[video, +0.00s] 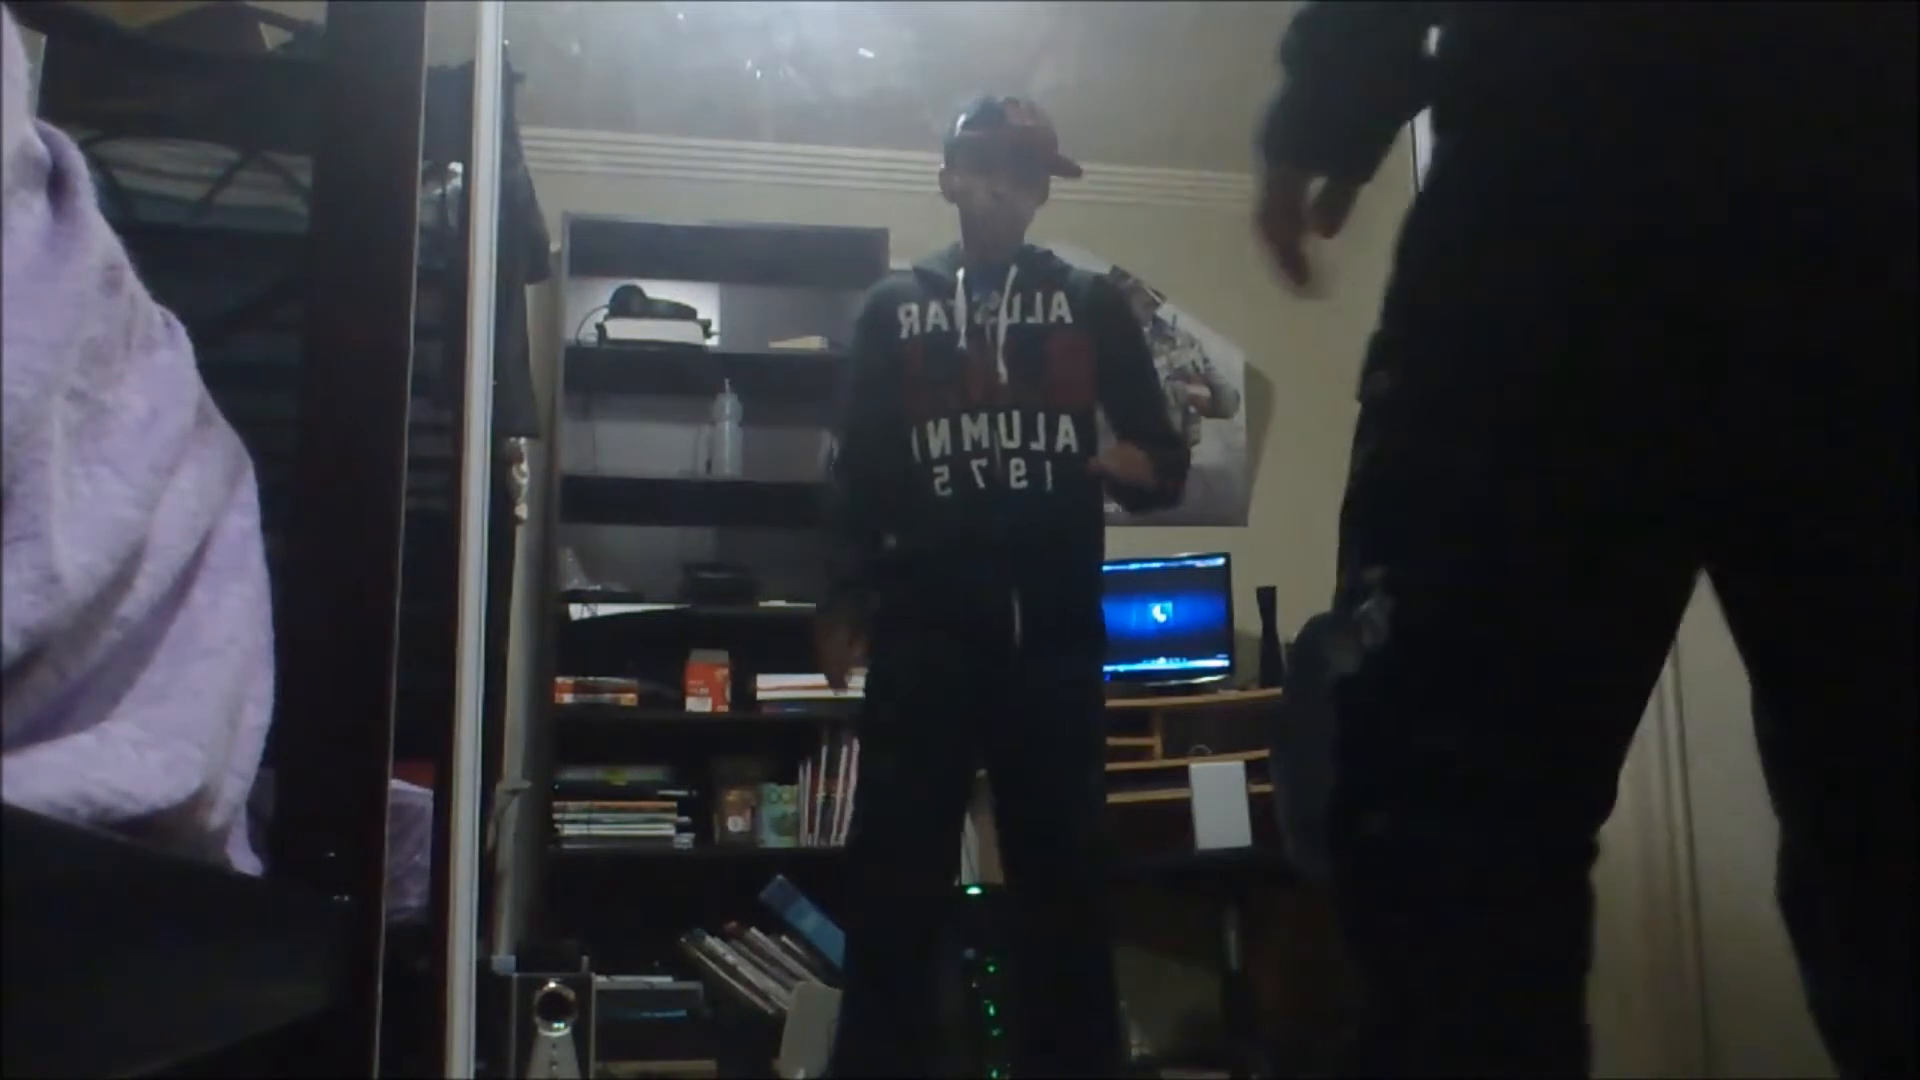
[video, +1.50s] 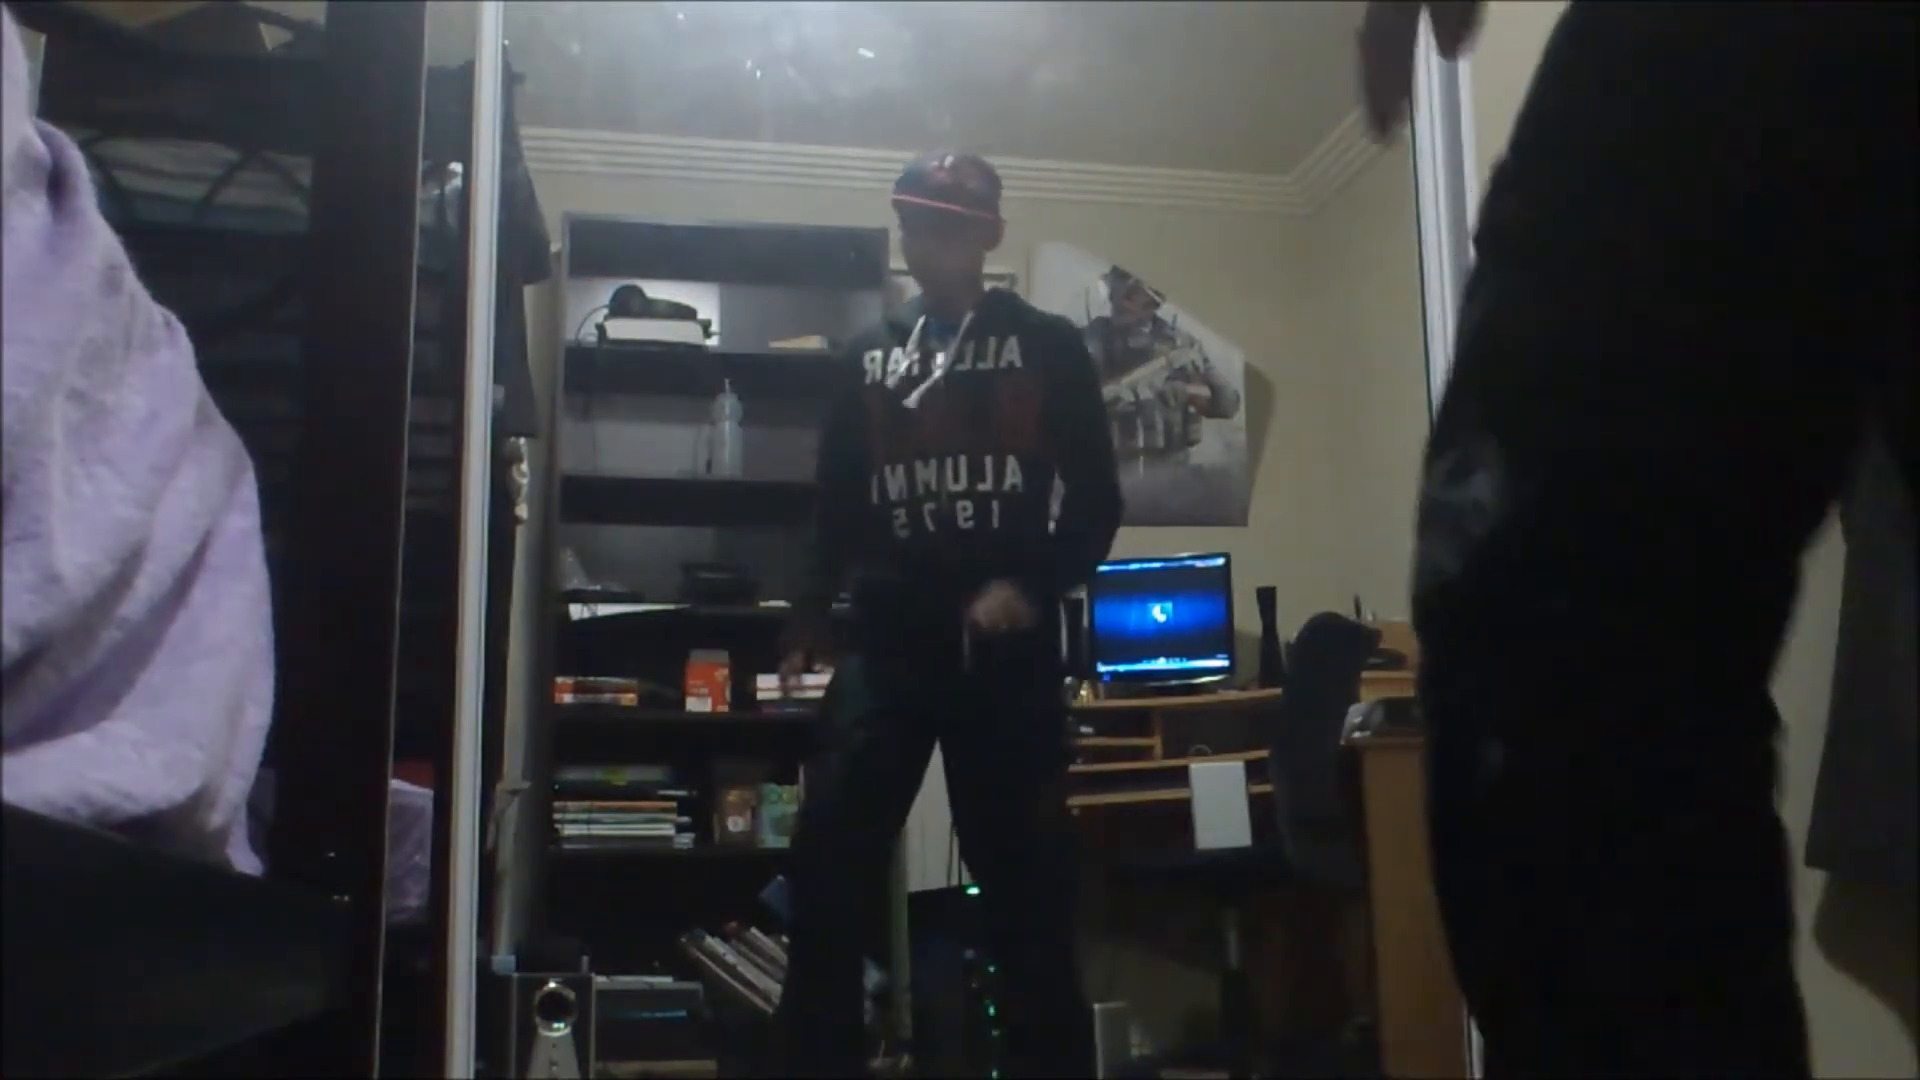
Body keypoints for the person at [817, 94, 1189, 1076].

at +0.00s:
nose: (999, 187)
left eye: (1019, 170)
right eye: (981, 167)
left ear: (1046, 184)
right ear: (949, 177)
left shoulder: (1092, 299)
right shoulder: (893, 304)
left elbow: (1164, 467)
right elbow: (857, 466)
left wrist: (1113, 454)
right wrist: (842, 599)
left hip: (1052, 618)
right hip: (924, 615)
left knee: (1061, 868)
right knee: (893, 866)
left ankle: (1069, 1066)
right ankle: (883, 1068)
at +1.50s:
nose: (938, 238)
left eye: (958, 222)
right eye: (922, 222)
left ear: (992, 234)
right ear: (900, 230)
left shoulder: (1047, 346)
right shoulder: (868, 359)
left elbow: (1096, 499)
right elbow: (834, 504)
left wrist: (1034, 585)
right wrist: (813, 613)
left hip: (1005, 636)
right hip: (889, 635)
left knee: (1019, 867)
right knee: (834, 850)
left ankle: (1046, 1061)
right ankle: (819, 1058)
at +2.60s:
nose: (915, 247)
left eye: (935, 230)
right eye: (900, 226)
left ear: (966, 240)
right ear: (872, 231)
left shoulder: (1010, 349)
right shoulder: (820, 358)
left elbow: (1056, 474)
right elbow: (796, 518)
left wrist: (1064, 529)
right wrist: (804, 662)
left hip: (992, 648)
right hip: (864, 649)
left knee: (1047, 872)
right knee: (860, 894)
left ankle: (1069, 1064)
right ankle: (854, 1069)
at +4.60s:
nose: (880, 239)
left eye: (900, 222)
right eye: (868, 223)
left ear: (942, 230)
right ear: (854, 229)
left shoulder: (1004, 332)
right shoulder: (838, 357)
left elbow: (1055, 475)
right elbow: (787, 492)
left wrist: (964, 529)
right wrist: (721, 559)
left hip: (982, 641)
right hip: (868, 643)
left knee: (1001, 873)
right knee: (817, 850)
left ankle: (1011, 1064)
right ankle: (817, 1059)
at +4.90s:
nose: (892, 214)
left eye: (914, 202)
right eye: (877, 197)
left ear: (941, 225)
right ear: (846, 214)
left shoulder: (989, 329)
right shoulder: (802, 352)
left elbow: (1080, 441)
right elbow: (782, 501)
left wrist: (1087, 478)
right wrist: (810, 624)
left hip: (983, 625)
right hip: (860, 633)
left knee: (1049, 851)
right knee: (835, 868)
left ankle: (1093, 1056)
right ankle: (820, 1065)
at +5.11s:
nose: (960, 230)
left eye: (971, 214)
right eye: (941, 209)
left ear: (982, 223)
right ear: (889, 211)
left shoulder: (1006, 327)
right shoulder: (822, 335)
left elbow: (1054, 440)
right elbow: (798, 486)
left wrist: (1082, 526)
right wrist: (841, 601)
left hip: (993, 614)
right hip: (875, 620)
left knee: (1062, 843)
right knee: (864, 866)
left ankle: (1095, 1059)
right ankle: (852, 1068)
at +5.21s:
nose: (971, 236)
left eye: (983, 219)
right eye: (952, 214)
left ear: (993, 223)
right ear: (897, 212)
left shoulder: (1010, 336)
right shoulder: (824, 333)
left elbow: (1052, 471)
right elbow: (788, 500)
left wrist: (1080, 571)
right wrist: (869, 557)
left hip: (989, 627)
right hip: (869, 630)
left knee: (1053, 856)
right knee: (858, 874)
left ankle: (1090, 1064)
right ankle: (847, 1070)